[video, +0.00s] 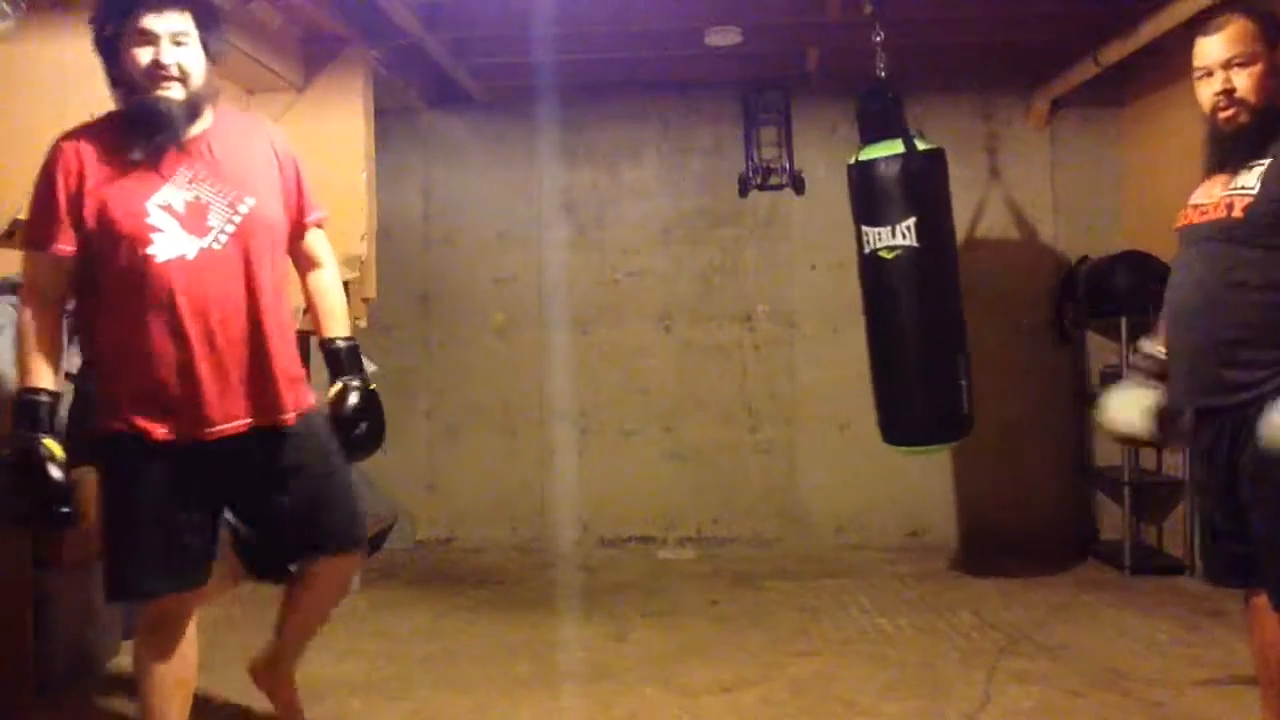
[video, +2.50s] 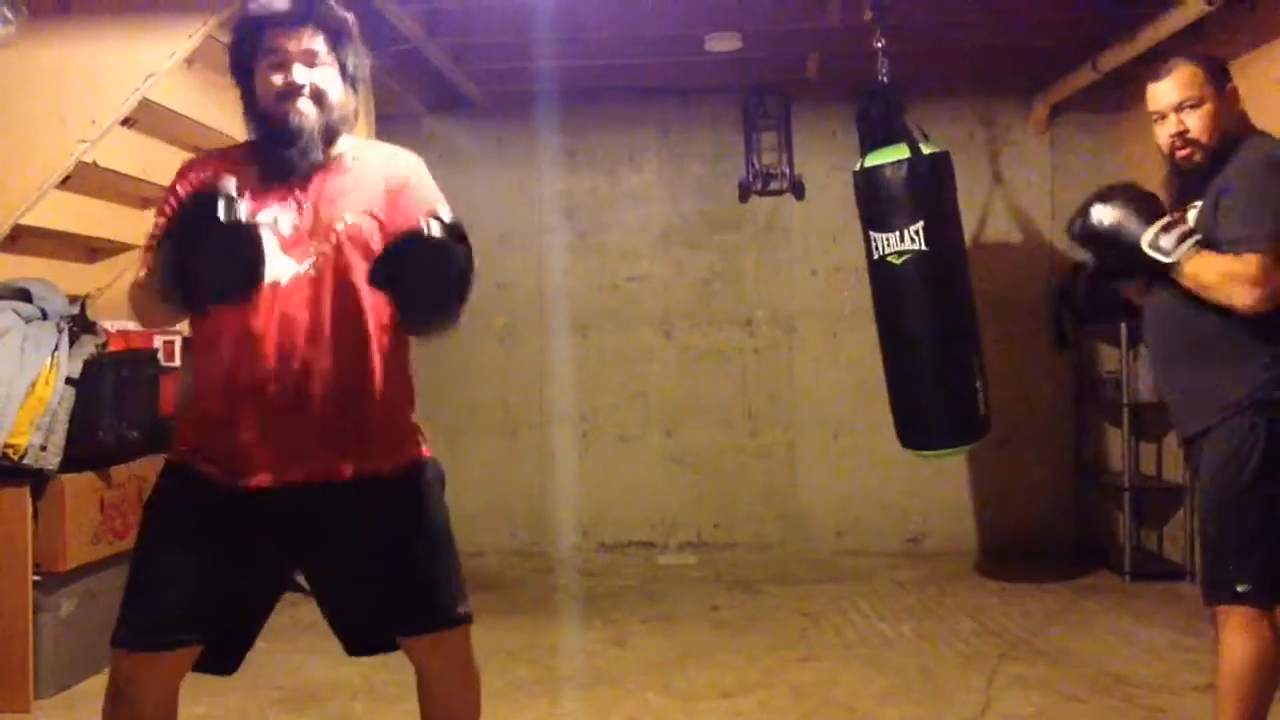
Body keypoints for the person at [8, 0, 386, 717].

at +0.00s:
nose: (165, 55)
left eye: (181, 40)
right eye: (145, 41)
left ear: (207, 54)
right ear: (113, 56)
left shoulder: (260, 142)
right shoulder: (80, 158)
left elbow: (316, 258)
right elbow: (43, 300)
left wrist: (349, 368)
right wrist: (39, 422)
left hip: (271, 408)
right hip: (148, 426)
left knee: (338, 545)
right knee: (167, 604)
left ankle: (280, 662)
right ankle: (163, 718)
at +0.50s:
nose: (170, 74)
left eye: (188, 53)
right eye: (149, 55)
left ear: (221, 62)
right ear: (120, 68)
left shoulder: (283, 152)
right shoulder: (83, 175)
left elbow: (345, 275)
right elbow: (47, 317)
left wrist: (369, 395)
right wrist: (33, 443)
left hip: (283, 439)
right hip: (148, 456)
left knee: (346, 598)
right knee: (142, 639)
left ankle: (363, 715)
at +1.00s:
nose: (372, 141)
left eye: (394, 121)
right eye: (351, 120)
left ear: (425, 131)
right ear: (317, 127)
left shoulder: (466, 216)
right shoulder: (265, 213)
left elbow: (525, 338)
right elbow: (206, 334)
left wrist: (527, 465)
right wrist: (182, 464)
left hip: (417, 460)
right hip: (276, 459)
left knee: (466, 612)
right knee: (205, 615)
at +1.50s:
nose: (387, 163)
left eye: (411, 145)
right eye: (365, 142)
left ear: (443, 158)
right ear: (333, 150)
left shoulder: (474, 244)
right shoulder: (272, 223)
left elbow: (522, 378)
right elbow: (228, 381)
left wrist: (480, 471)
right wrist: (344, 382)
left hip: (403, 466)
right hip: (260, 461)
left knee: (467, 616)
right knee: (183, 634)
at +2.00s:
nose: (293, 150)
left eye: (316, 128)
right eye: (270, 131)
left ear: (355, 142)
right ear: (243, 147)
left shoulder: (413, 242)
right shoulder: (188, 232)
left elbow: (470, 362)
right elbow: (103, 331)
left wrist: (441, 405)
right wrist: (176, 364)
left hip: (370, 468)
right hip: (219, 468)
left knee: (451, 620)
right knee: (138, 645)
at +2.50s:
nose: (295, 77)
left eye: (315, 61)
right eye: (276, 63)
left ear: (348, 78)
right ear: (248, 82)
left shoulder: (396, 171)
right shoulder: (204, 178)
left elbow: (428, 313)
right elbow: (150, 310)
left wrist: (435, 289)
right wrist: (186, 272)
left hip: (372, 469)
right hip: (221, 472)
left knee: (443, 645)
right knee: (143, 664)